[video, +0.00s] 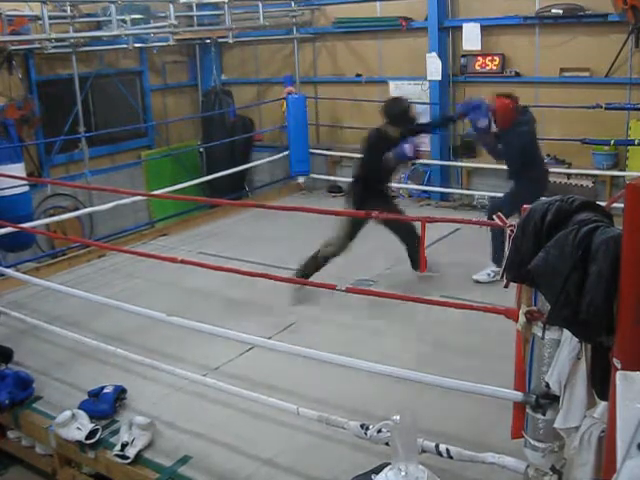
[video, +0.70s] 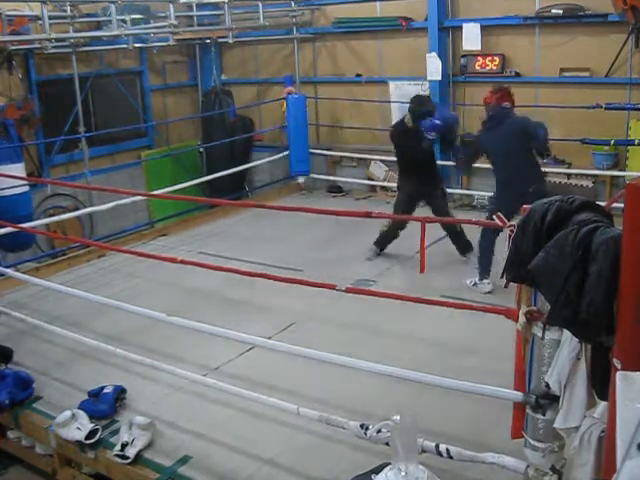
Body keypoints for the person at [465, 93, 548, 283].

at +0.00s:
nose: (496, 121)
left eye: (498, 117)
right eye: (496, 117)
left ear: (506, 117)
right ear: (512, 114)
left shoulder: (518, 133)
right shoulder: (521, 122)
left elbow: (500, 156)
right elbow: (501, 141)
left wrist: (485, 138)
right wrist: (487, 133)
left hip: (529, 185)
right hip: (534, 181)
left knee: (496, 211)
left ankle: (498, 265)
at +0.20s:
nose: (505, 134)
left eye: (508, 130)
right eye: (503, 130)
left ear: (516, 123)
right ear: (499, 123)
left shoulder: (525, 142)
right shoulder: (521, 125)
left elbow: (512, 171)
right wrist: (481, 117)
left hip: (531, 190)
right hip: (540, 185)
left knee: (499, 218)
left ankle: (502, 268)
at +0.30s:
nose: (498, 133)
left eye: (499, 129)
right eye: (496, 129)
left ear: (508, 127)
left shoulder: (519, 143)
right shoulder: (523, 123)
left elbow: (519, 179)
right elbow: (491, 130)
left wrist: (497, 176)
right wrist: (485, 115)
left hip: (526, 194)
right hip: (539, 189)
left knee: (486, 214)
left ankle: (496, 267)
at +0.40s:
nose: (497, 123)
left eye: (500, 119)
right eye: (497, 118)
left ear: (509, 118)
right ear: (516, 113)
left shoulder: (518, 140)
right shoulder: (525, 122)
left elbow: (520, 179)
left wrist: (502, 195)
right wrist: (495, 104)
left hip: (525, 198)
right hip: (537, 192)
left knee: (485, 224)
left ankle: (497, 273)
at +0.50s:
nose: (489, 112)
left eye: (491, 108)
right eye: (490, 107)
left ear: (496, 109)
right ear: (515, 104)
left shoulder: (497, 132)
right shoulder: (530, 119)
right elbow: (541, 121)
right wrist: (521, 107)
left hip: (512, 189)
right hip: (538, 186)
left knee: (488, 225)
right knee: (539, 225)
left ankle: (496, 273)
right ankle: (542, 274)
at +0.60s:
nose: (489, 105)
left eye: (490, 102)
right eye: (491, 102)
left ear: (492, 104)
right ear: (510, 102)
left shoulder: (487, 130)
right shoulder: (523, 120)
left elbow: (473, 154)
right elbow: (547, 141)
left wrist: (454, 146)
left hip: (511, 188)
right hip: (538, 183)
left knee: (492, 226)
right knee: (547, 224)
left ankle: (491, 275)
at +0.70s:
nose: (486, 110)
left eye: (487, 106)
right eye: (487, 106)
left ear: (491, 108)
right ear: (509, 106)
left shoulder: (486, 135)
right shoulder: (522, 123)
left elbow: (465, 163)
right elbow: (542, 144)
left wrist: (461, 147)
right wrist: (541, 144)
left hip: (509, 193)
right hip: (535, 188)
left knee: (488, 233)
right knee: (542, 231)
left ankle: (483, 278)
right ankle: (545, 278)